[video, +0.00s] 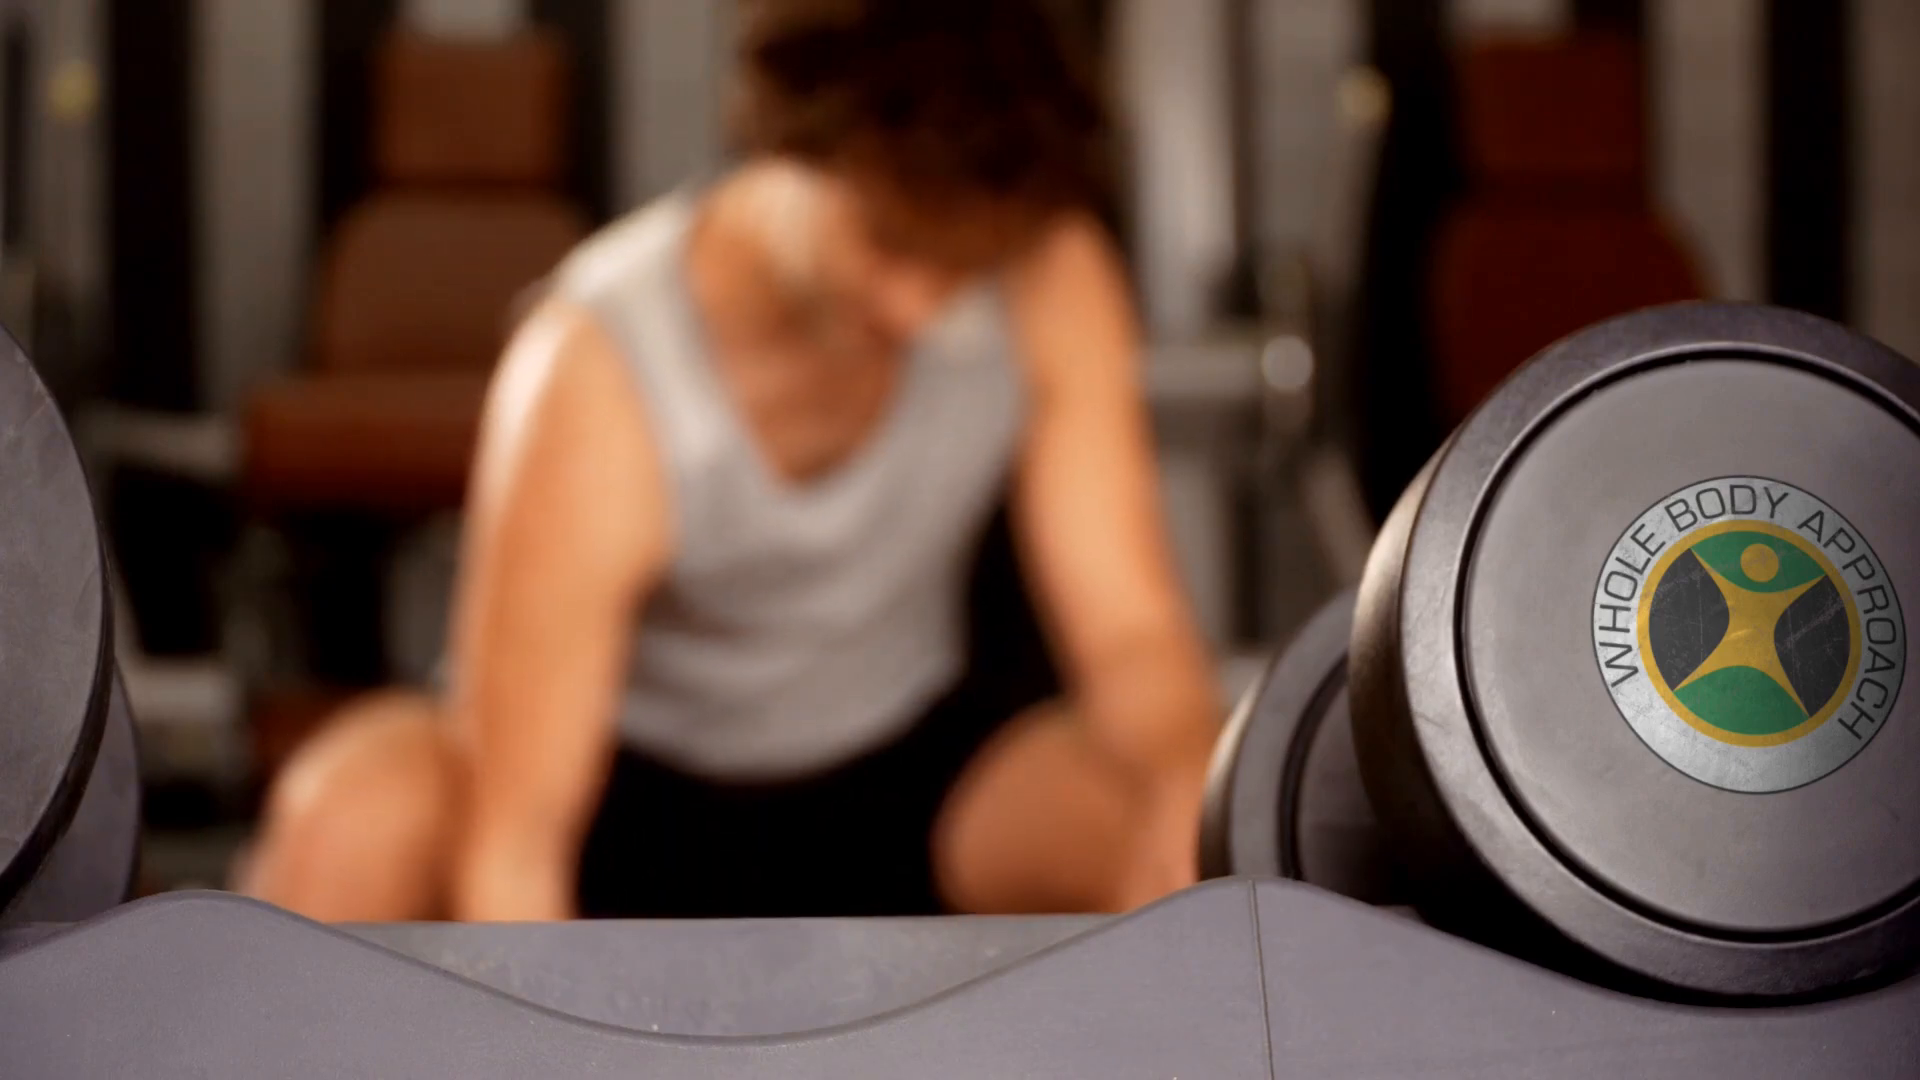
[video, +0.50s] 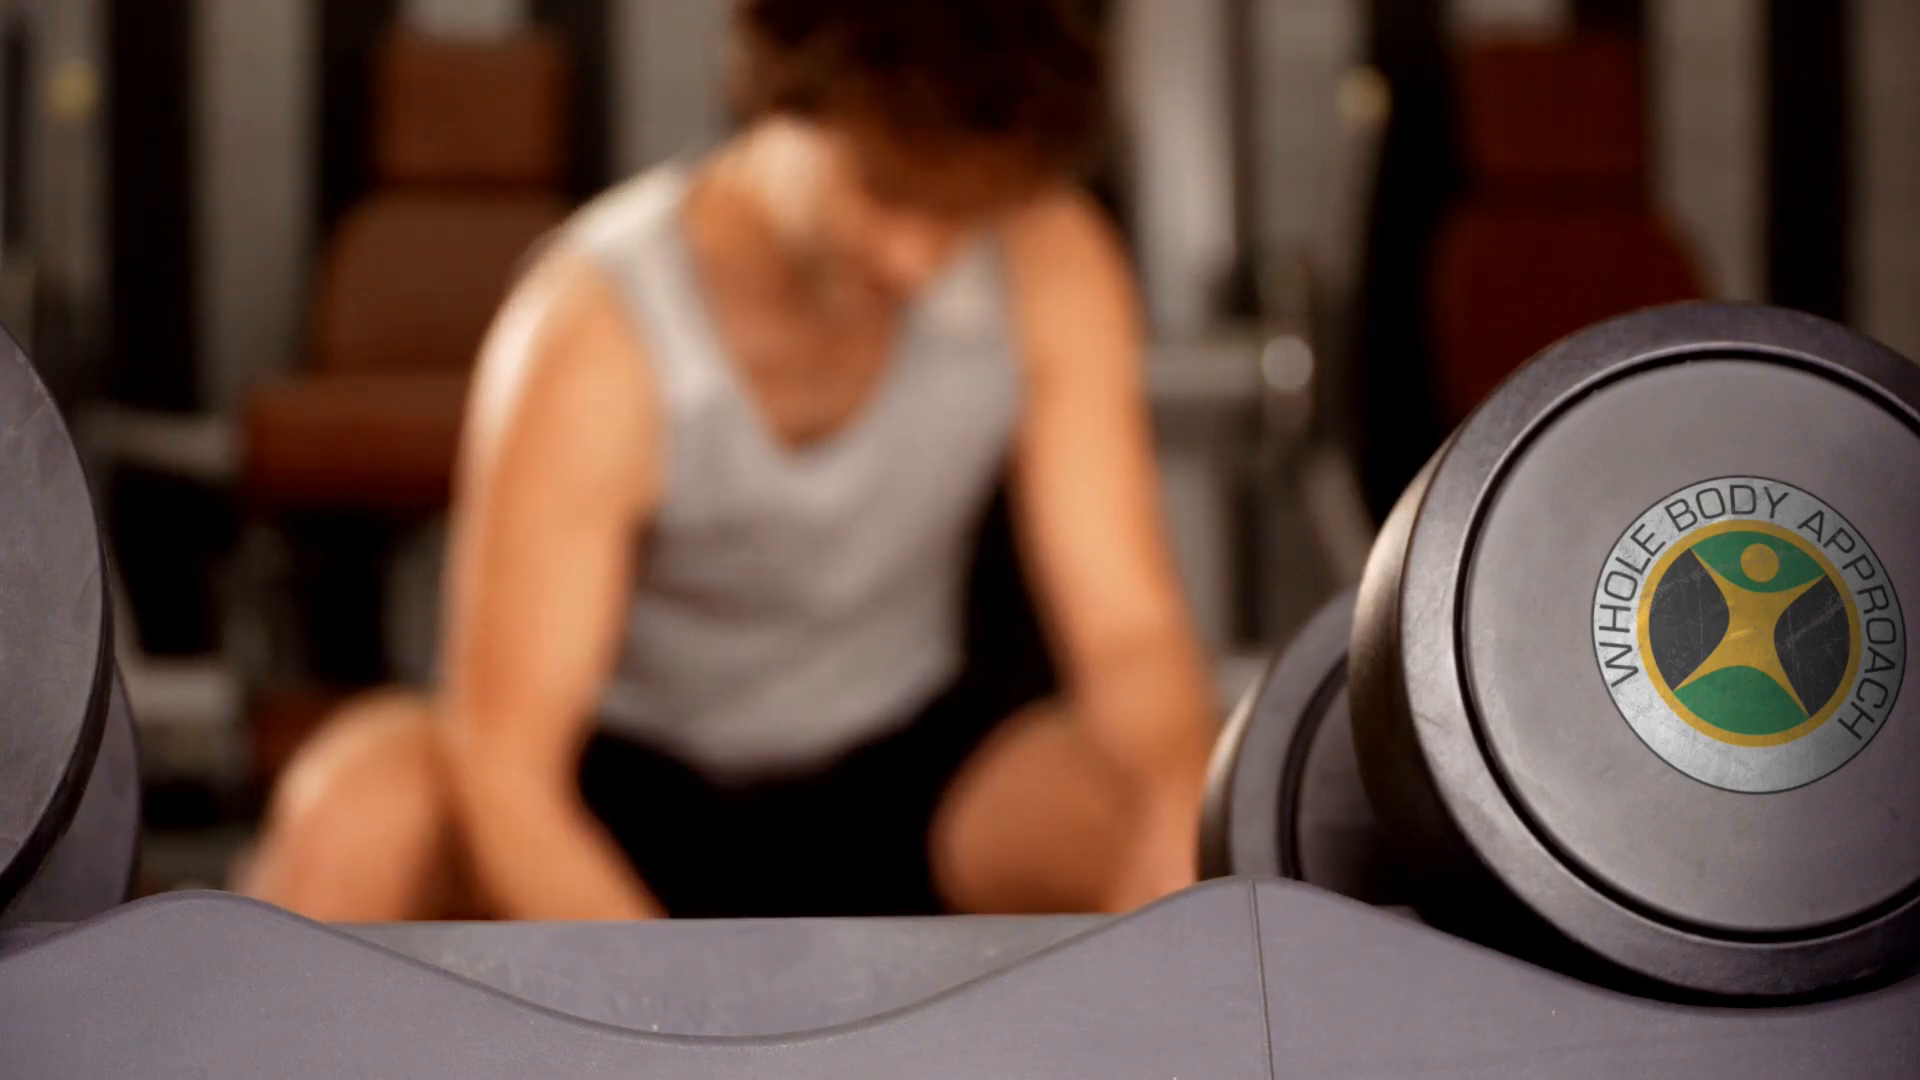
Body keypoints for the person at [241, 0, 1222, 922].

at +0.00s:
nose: (920, 310)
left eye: (970, 264)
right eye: (890, 246)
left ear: (1023, 221)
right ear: (794, 153)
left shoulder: (1043, 266)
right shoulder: (591, 367)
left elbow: (1132, 642)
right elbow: (519, 834)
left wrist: (1202, 833)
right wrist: (533, 1077)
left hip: (901, 783)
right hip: (621, 800)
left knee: (1196, 813)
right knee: (354, 797)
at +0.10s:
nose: (922, 309)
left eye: (972, 262)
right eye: (892, 245)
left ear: (1024, 220)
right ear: (795, 152)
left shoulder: (1044, 265)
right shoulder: (596, 366)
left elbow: (1133, 645)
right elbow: (514, 833)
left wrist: (1189, 846)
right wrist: (548, 1077)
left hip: (903, 781)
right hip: (625, 799)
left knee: (1195, 811)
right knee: (349, 795)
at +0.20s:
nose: (923, 300)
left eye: (973, 253)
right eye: (891, 237)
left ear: (1026, 204)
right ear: (794, 147)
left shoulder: (1045, 260)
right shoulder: (597, 359)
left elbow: (1130, 641)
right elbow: (505, 820)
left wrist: (1185, 856)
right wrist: (582, 1066)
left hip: (900, 780)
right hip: (625, 795)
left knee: (1192, 812)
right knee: (340, 796)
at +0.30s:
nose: (921, 290)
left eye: (972, 244)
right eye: (890, 227)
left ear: (1025, 198)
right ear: (794, 139)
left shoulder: (1045, 258)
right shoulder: (596, 348)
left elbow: (1128, 640)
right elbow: (504, 806)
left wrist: (1182, 856)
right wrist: (601, 1057)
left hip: (902, 781)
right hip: (627, 796)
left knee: (1190, 812)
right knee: (343, 793)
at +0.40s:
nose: (919, 272)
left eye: (971, 226)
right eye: (887, 208)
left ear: (1017, 181)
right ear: (791, 121)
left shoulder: (1044, 254)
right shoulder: (594, 334)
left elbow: (1128, 643)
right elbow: (503, 783)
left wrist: (1180, 854)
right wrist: (639, 1040)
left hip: (900, 780)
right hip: (628, 795)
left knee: (1190, 812)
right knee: (350, 792)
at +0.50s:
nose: (919, 259)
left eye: (971, 212)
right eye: (887, 197)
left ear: (1015, 168)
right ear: (790, 107)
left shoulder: (1045, 253)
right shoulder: (594, 322)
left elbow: (1128, 639)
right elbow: (504, 773)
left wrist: (1182, 854)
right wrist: (688, 1018)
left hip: (899, 781)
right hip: (627, 792)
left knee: (1190, 812)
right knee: (357, 792)